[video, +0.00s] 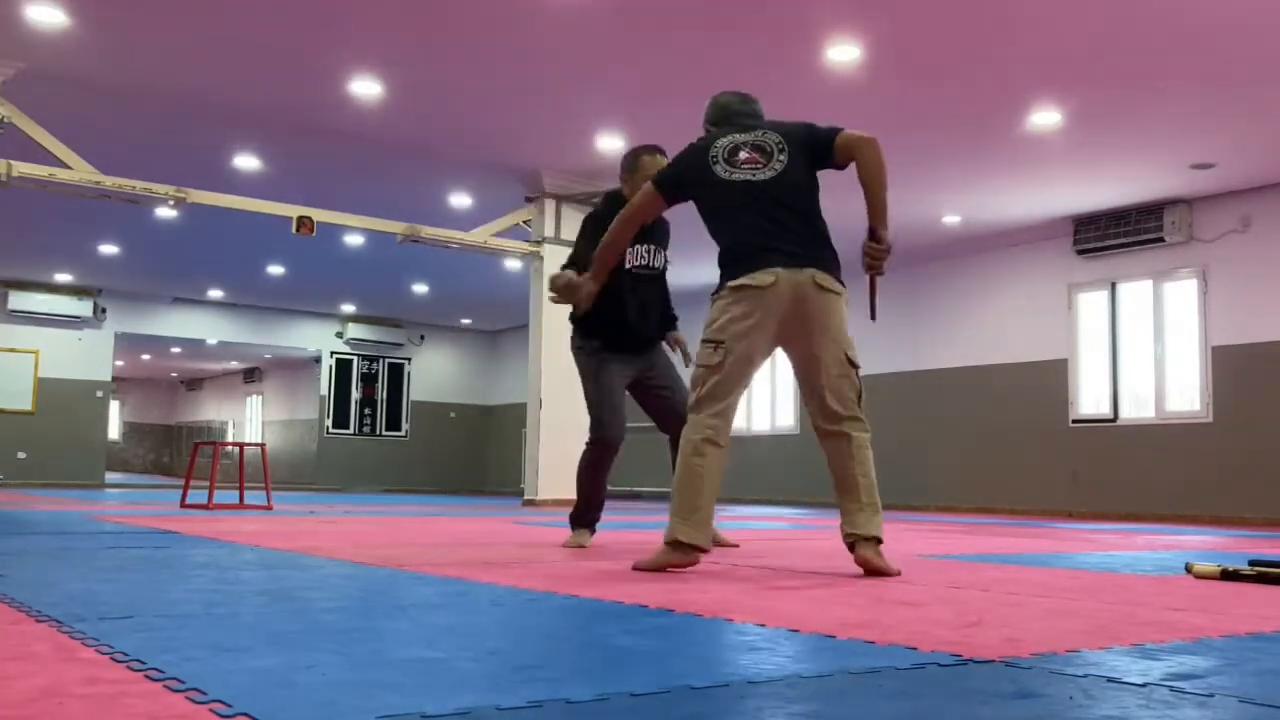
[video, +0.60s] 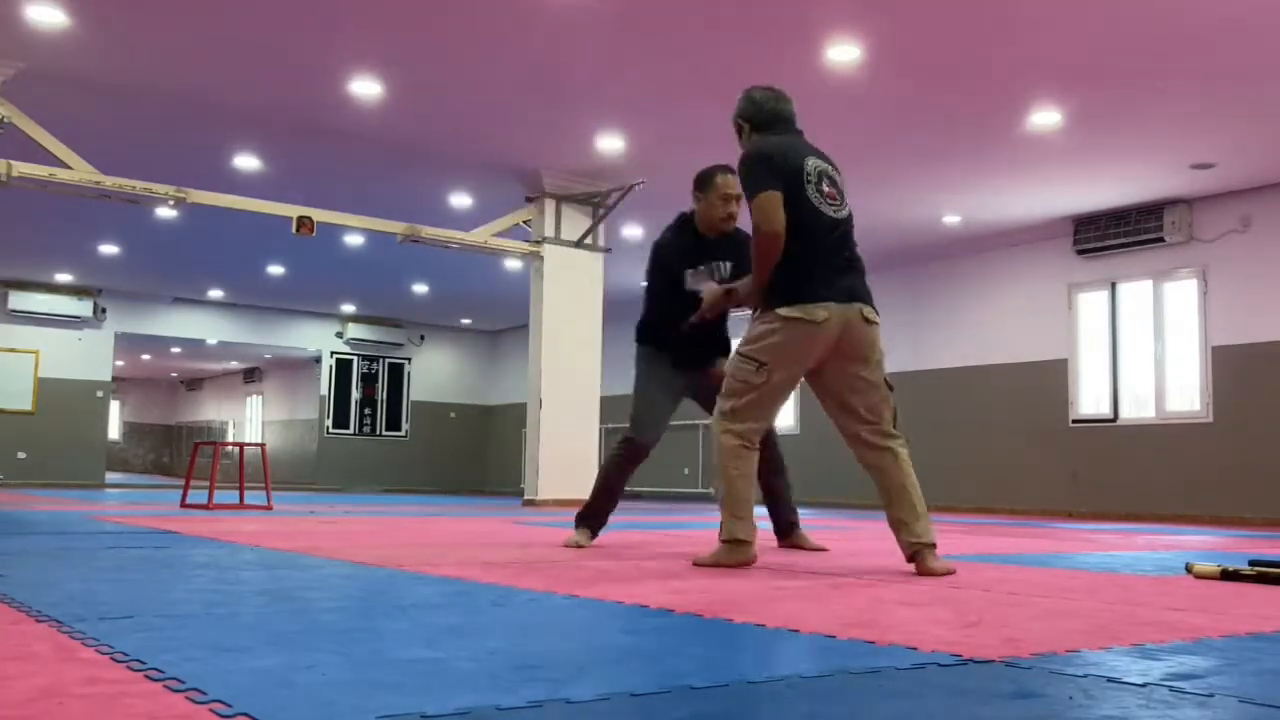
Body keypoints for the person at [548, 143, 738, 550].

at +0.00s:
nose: (661, 186)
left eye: (664, 178)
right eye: (653, 177)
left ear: (664, 181)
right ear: (627, 179)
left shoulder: (659, 226)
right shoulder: (603, 218)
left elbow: (655, 282)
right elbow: (567, 277)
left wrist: (670, 328)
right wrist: (572, 285)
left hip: (646, 348)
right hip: (600, 349)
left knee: (686, 426)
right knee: (608, 435)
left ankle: (694, 524)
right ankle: (583, 526)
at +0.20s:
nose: (646, 191)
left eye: (650, 182)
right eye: (636, 182)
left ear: (654, 183)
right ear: (610, 183)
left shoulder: (655, 225)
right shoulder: (583, 223)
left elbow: (671, 279)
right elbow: (555, 264)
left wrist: (711, 316)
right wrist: (544, 288)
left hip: (643, 348)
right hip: (592, 350)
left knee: (688, 424)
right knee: (598, 434)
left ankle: (697, 527)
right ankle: (581, 525)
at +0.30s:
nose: (649, 189)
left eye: (653, 181)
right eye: (639, 181)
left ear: (657, 182)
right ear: (613, 182)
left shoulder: (661, 232)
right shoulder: (582, 232)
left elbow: (686, 284)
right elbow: (560, 287)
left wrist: (729, 287)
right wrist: (548, 337)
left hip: (649, 351)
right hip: (596, 355)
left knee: (692, 423)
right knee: (598, 435)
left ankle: (698, 526)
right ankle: (581, 526)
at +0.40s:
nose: (661, 193)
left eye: (665, 184)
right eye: (651, 184)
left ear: (668, 186)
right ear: (624, 185)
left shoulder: (675, 234)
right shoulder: (588, 238)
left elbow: (708, 284)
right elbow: (561, 296)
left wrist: (739, 281)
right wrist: (560, 352)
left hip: (661, 354)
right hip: (608, 357)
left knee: (711, 426)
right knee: (607, 436)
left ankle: (719, 529)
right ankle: (581, 526)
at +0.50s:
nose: (687, 199)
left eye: (691, 190)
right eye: (677, 191)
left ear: (695, 192)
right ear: (651, 190)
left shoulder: (697, 237)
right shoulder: (614, 242)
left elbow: (720, 278)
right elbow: (592, 300)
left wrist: (737, 288)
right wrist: (611, 351)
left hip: (681, 360)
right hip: (629, 362)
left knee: (732, 431)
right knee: (620, 439)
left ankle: (767, 523)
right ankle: (583, 526)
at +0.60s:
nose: (733, 208)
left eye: (738, 199)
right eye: (724, 199)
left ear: (742, 202)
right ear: (698, 200)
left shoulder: (739, 244)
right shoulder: (672, 245)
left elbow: (756, 290)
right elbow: (665, 317)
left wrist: (728, 294)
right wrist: (711, 365)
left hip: (712, 359)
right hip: (662, 359)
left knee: (762, 431)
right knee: (640, 441)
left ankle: (788, 529)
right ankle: (586, 526)